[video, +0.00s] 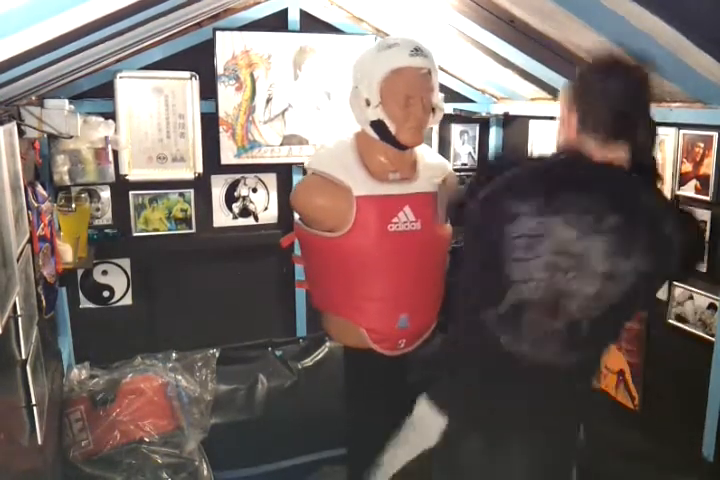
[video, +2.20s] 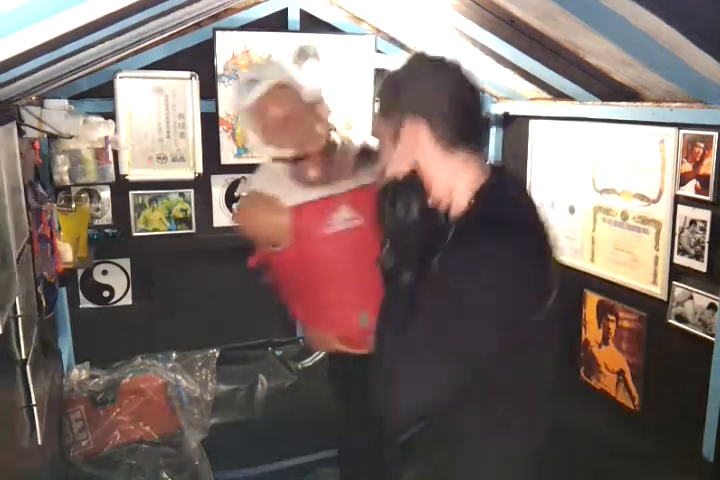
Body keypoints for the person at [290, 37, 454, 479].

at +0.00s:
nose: (423, 111)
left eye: (427, 99)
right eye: (407, 99)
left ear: (435, 103)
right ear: (368, 103)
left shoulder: (440, 177)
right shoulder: (326, 184)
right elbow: (321, 285)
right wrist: (355, 322)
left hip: (429, 348)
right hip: (364, 358)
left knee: (428, 454)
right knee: (371, 460)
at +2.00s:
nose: (417, 110)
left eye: (423, 99)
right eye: (403, 98)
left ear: (431, 102)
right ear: (364, 102)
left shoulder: (431, 173)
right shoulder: (324, 180)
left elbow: (451, 248)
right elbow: (320, 275)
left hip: (430, 345)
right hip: (366, 354)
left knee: (422, 455)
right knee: (372, 461)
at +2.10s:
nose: (416, 106)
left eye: (418, 92)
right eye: (402, 95)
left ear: (429, 92)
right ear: (364, 102)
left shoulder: (439, 169)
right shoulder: (324, 187)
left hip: (429, 351)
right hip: (363, 364)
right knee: (378, 467)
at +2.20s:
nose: (288, 125)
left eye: (290, 110)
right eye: (275, 121)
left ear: (316, 107)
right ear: (263, 135)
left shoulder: (372, 165)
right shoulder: (262, 204)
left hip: (408, 338)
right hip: (346, 356)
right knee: (365, 461)